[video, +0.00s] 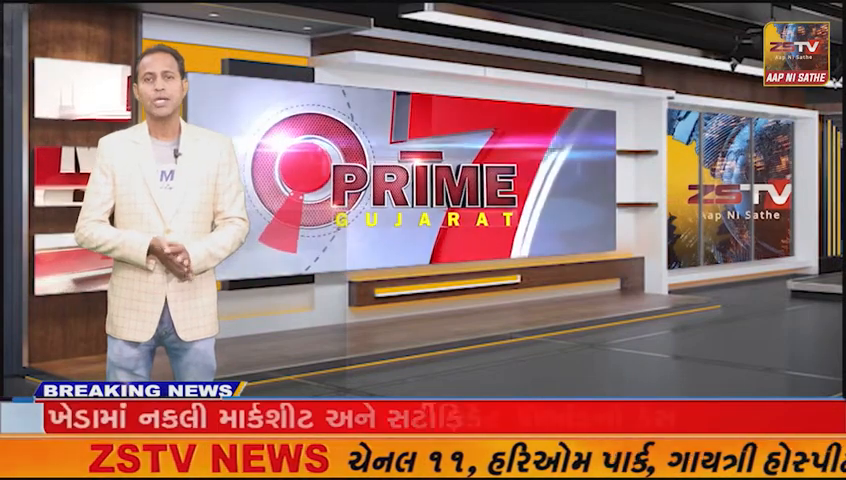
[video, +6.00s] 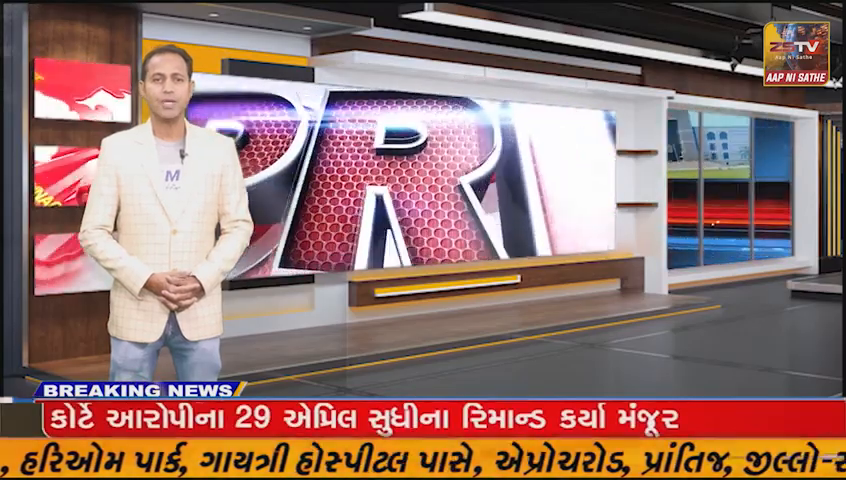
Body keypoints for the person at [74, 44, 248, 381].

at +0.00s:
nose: (159, 86)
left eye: (168, 76)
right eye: (149, 78)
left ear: (184, 86)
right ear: (136, 91)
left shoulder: (217, 147)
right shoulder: (113, 147)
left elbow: (235, 222)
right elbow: (88, 228)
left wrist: (195, 256)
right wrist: (147, 245)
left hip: (193, 302)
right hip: (132, 303)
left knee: (199, 413)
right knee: (123, 416)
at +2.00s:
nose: (163, 86)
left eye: (172, 77)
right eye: (152, 78)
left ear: (186, 87)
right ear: (139, 90)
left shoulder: (217, 148)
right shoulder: (114, 149)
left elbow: (238, 224)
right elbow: (89, 232)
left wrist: (200, 279)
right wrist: (146, 279)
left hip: (198, 309)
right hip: (134, 310)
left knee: (203, 420)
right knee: (126, 421)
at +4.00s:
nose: (164, 87)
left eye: (173, 78)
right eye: (153, 79)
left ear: (188, 87)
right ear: (140, 90)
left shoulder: (219, 148)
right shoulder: (115, 148)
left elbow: (238, 224)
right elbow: (92, 232)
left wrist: (202, 280)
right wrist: (145, 279)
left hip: (199, 310)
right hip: (135, 311)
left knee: (205, 419)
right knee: (125, 420)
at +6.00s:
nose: (168, 88)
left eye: (178, 79)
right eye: (158, 79)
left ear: (190, 88)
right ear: (143, 89)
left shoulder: (220, 148)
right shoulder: (117, 147)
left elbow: (239, 225)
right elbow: (93, 232)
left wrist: (202, 280)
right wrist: (146, 279)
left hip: (199, 309)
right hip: (136, 310)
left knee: (205, 419)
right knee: (125, 420)